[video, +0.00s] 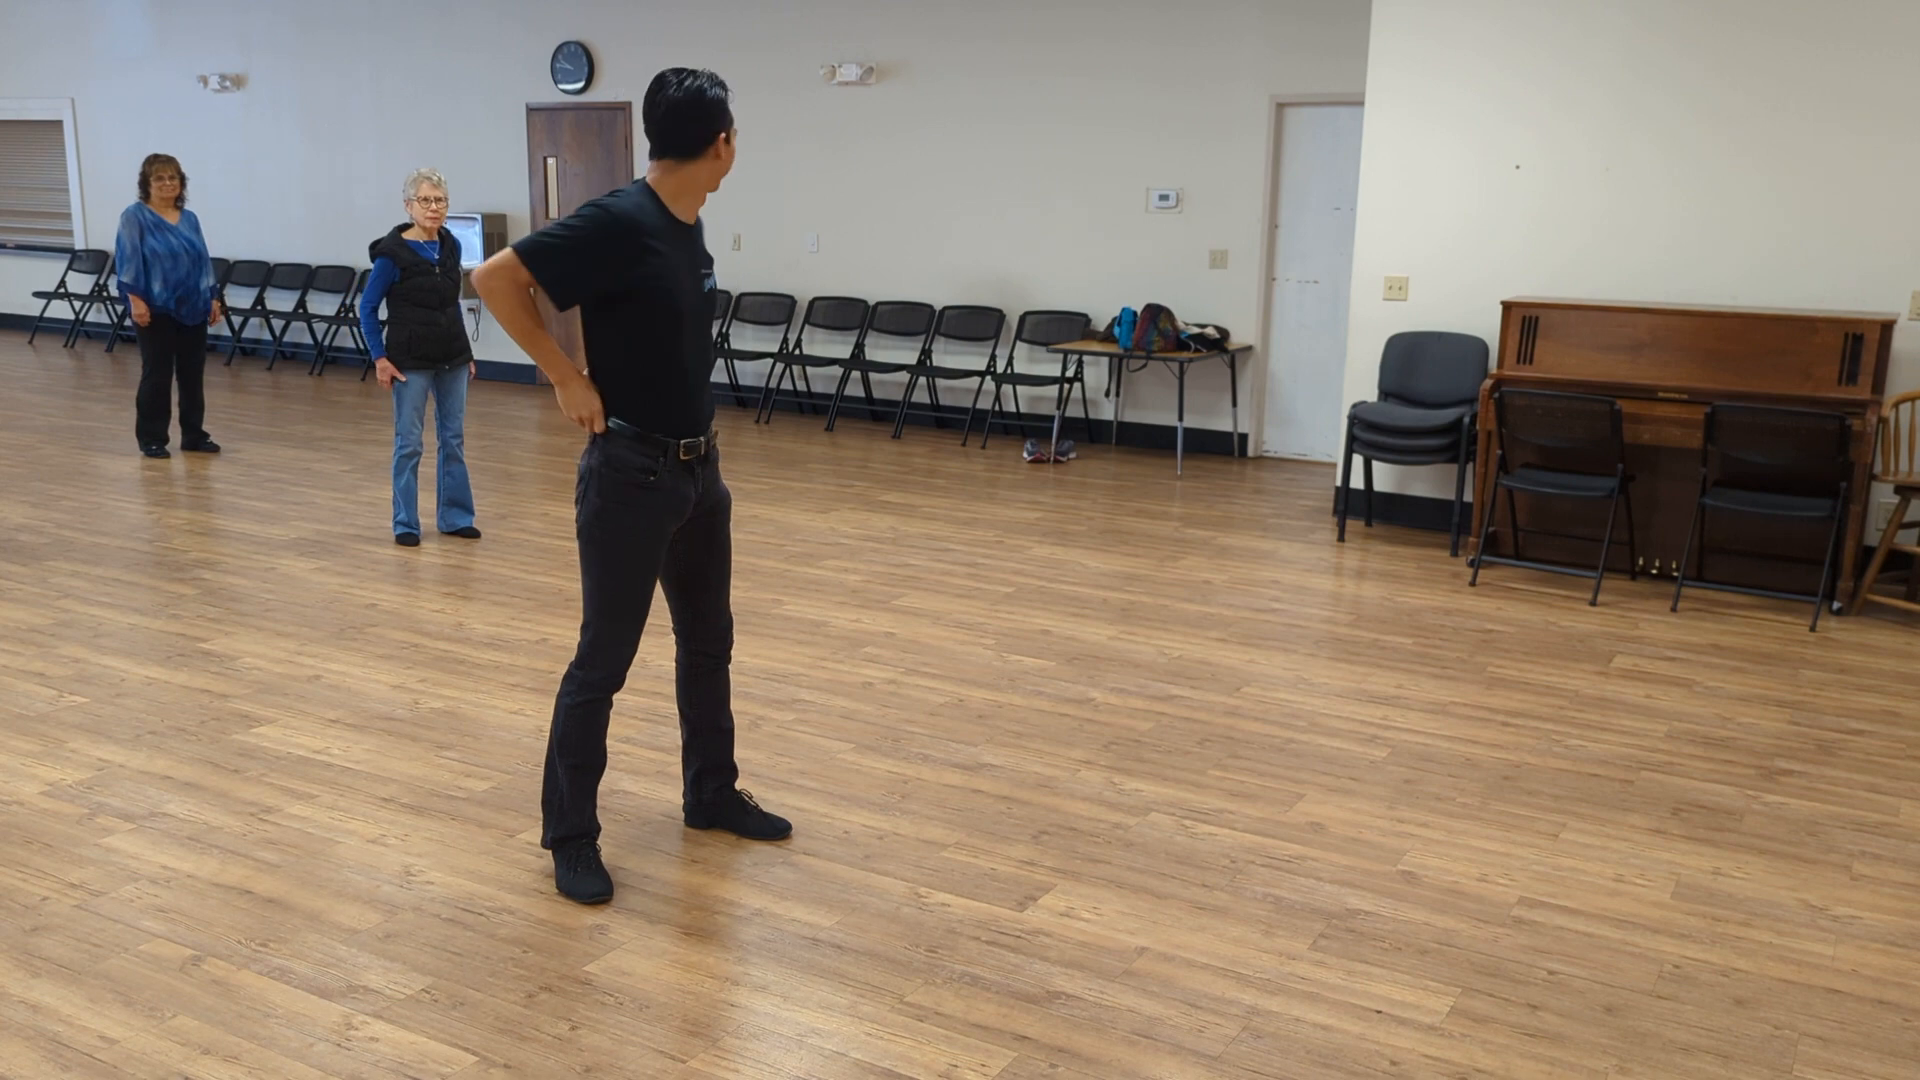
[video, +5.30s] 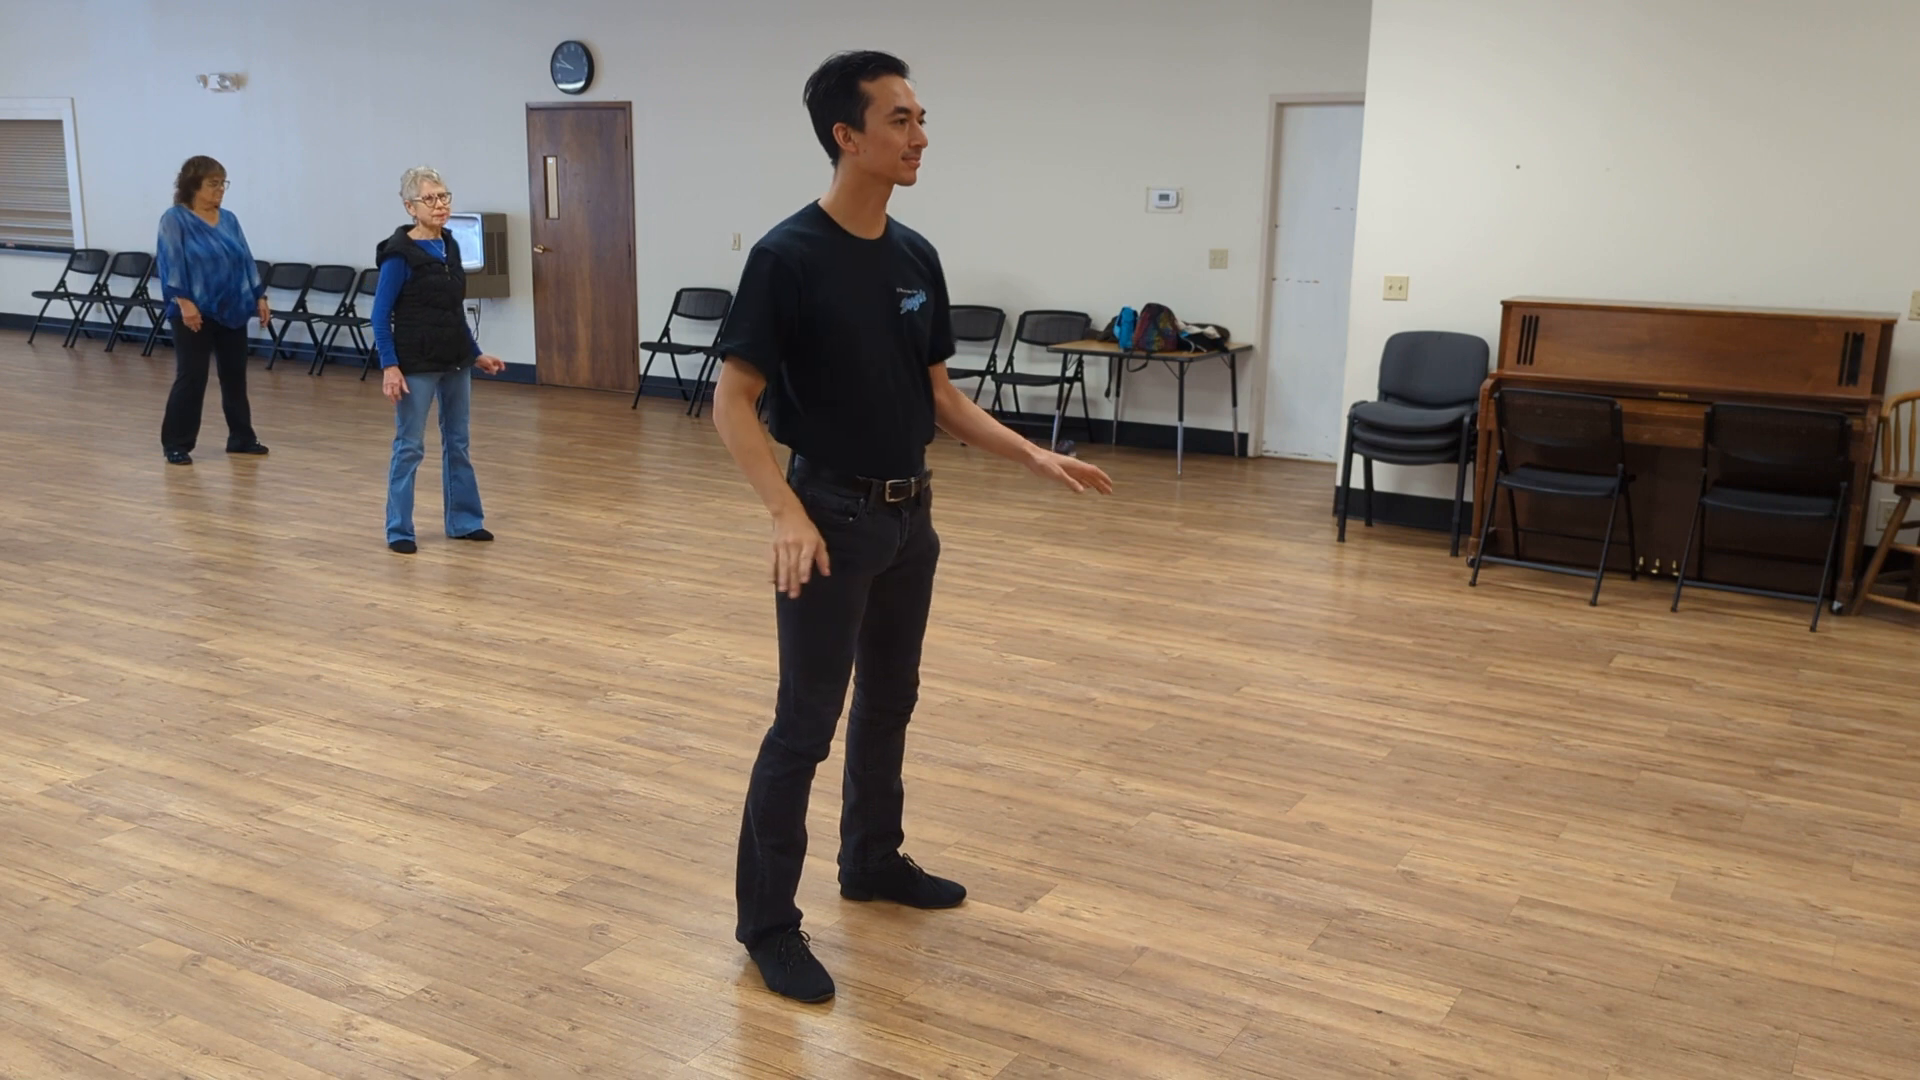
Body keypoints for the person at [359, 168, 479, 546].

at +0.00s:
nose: (434, 207)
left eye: (440, 201)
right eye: (426, 201)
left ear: (447, 205)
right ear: (410, 205)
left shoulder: (450, 246)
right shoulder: (394, 251)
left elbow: (452, 305)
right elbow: (367, 307)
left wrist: (466, 353)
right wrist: (379, 357)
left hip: (453, 357)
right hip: (410, 359)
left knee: (453, 441)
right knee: (409, 444)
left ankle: (455, 518)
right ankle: (406, 524)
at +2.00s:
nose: (422, 210)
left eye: (427, 203)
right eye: (413, 203)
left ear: (433, 207)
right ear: (395, 206)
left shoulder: (432, 249)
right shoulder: (379, 253)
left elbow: (433, 307)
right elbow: (350, 310)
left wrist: (451, 351)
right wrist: (366, 360)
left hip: (436, 361)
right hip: (393, 364)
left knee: (454, 435)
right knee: (400, 447)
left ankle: (452, 517)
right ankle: (409, 526)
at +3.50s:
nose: (459, 209)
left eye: (465, 202)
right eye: (450, 203)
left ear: (471, 206)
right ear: (434, 208)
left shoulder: (475, 248)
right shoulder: (419, 254)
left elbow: (480, 306)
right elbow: (400, 314)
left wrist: (504, 353)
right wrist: (411, 366)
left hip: (481, 358)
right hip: (441, 362)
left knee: (474, 441)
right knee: (459, 441)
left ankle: (469, 520)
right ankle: (441, 519)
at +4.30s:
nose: (459, 226)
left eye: (463, 219)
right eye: (455, 217)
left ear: (434, 211)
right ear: (428, 207)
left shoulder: (444, 251)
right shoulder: (392, 252)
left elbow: (445, 310)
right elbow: (369, 311)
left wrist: (475, 352)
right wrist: (375, 362)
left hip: (445, 363)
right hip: (403, 366)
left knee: (453, 444)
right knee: (402, 448)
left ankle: (462, 520)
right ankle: (399, 530)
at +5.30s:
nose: (440, 205)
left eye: (444, 197)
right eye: (430, 200)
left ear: (450, 201)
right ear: (410, 207)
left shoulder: (450, 247)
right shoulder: (400, 253)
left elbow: (454, 310)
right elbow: (379, 315)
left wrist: (476, 355)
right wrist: (389, 366)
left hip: (455, 361)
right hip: (415, 365)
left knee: (457, 445)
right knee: (409, 448)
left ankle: (463, 522)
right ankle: (399, 530)